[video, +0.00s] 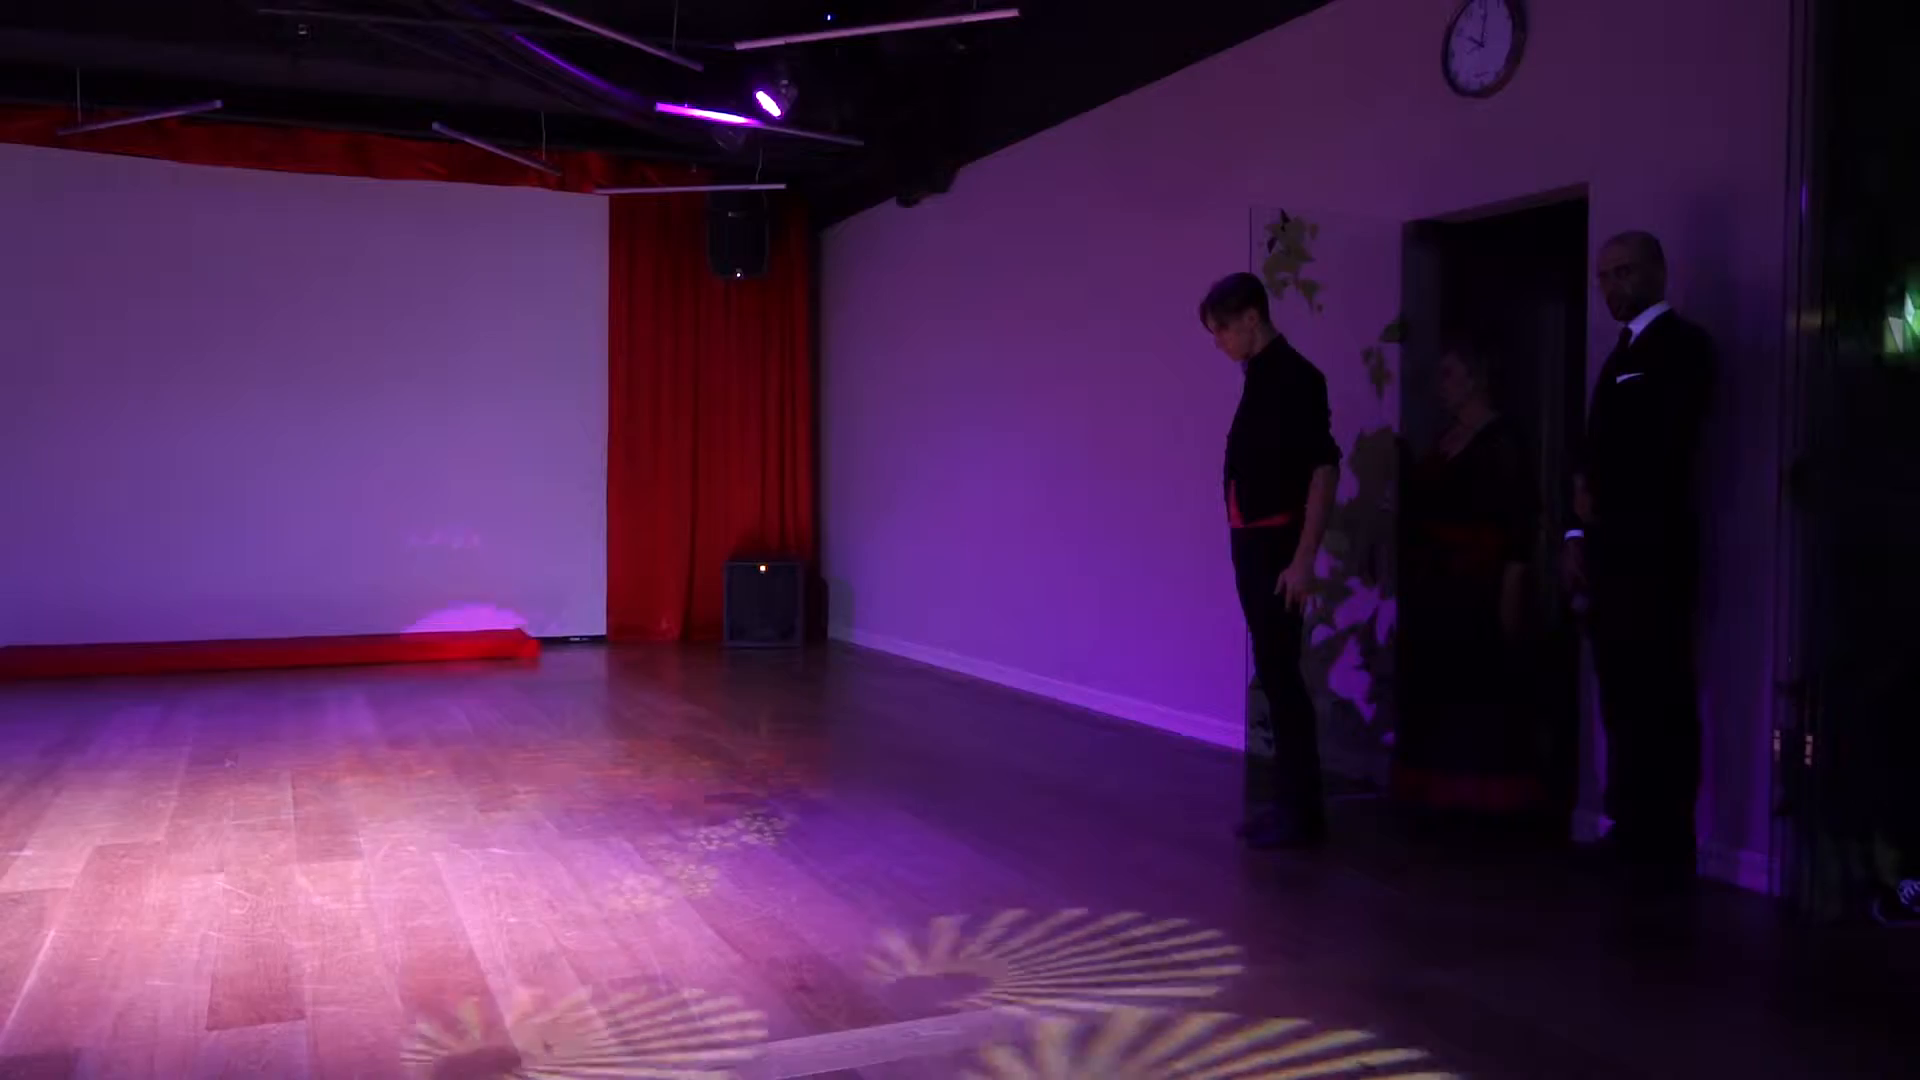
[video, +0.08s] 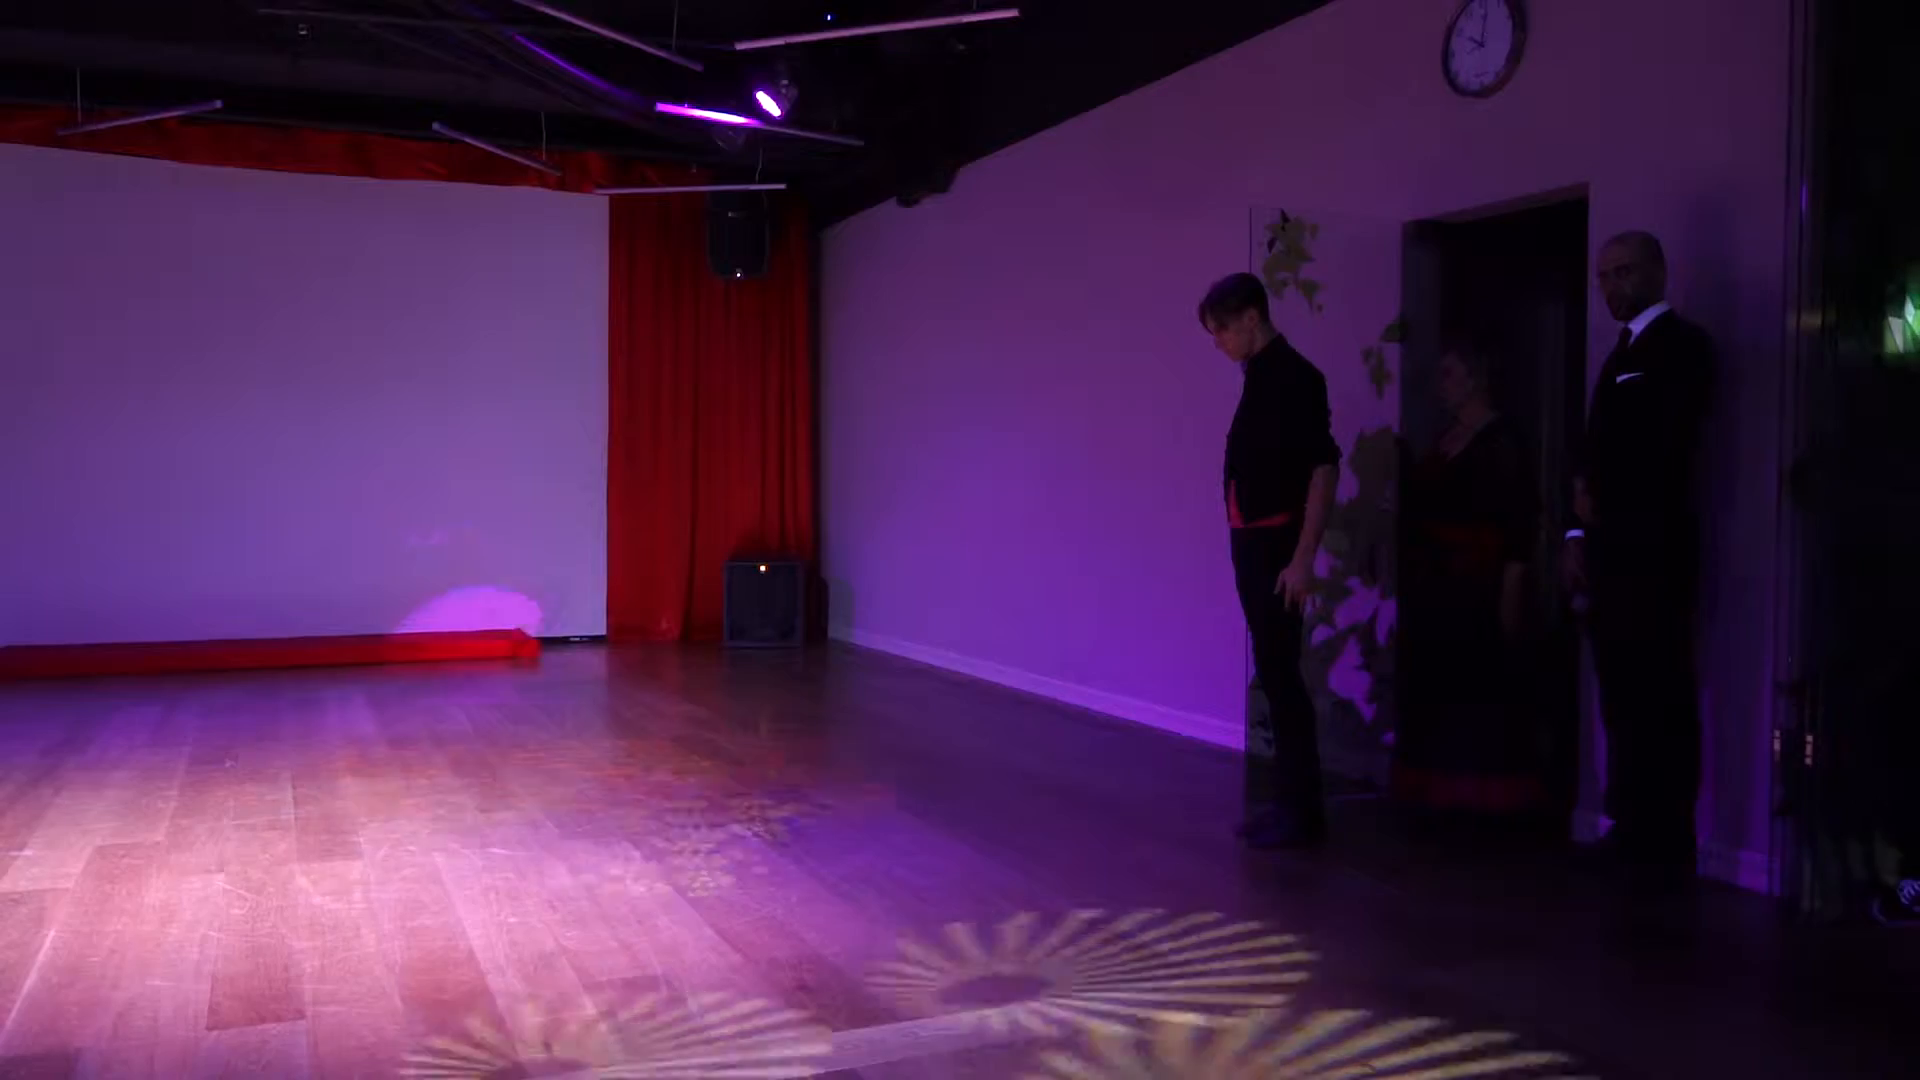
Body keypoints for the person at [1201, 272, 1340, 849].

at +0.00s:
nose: (1218, 343)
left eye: (1221, 331)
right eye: (1213, 333)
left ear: (1251, 319)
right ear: (1245, 323)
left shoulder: (1294, 376)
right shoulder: (1263, 375)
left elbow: (1324, 467)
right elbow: (1266, 466)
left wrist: (1302, 560)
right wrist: (1246, 538)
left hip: (1277, 544)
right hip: (1253, 542)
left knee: (1281, 675)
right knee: (1276, 675)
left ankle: (1298, 810)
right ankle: (1290, 804)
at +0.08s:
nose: (1217, 344)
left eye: (1220, 331)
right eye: (1213, 334)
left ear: (1251, 319)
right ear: (1246, 323)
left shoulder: (1294, 376)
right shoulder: (1263, 375)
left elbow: (1323, 467)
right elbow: (1267, 466)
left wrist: (1301, 560)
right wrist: (1246, 540)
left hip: (1276, 544)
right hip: (1253, 542)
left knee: (1281, 676)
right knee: (1276, 675)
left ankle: (1298, 810)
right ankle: (1290, 804)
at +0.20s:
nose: (1217, 344)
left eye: (1220, 331)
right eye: (1213, 334)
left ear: (1251, 319)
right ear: (1245, 323)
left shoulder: (1294, 375)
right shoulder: (1263, 375)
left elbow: (1323, 466)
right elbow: (1267, 466)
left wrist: (1302, 559)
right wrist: (1247, 542)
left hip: (1277, 544)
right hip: (1254, 542)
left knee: (1281, 675)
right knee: (1276, 675)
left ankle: (1298, 810)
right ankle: (1290, 804)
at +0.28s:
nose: (1218, 344)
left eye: (1221, 331)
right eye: (1214, 334)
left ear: (1251, 318)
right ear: (1245, 323)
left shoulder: (1295, 375)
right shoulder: (1263, 374)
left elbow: (1324, 465)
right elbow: (1265, 466)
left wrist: (1303, 558)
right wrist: (1248, 543)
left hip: (1278, 544)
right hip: (1255, 543)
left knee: (1283, 677)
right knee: (1278, 676)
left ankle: (1299, 811)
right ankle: (1291, 805)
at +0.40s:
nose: (1218, 343)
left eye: (1222, 330)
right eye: (1214, 333)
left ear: (1252, 318)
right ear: (1247, 322)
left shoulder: (1296, 374)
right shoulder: (1264, 373)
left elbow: (1325, 464)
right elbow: (1267, 465)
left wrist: (1305, 557)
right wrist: (1250, 543)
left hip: (1280, 543)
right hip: (1257, 541)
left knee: (1285, 675)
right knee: (1279, 675)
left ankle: (1299, 809)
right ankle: (1292, 804)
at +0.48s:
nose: (1219, 342)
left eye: (1222, 330)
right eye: (1215, 332)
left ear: (1253, 318)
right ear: (1248, 321)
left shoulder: (1296, 373)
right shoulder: (1265, 372)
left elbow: (1325, 463)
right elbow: (1268, 465)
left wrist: (1305, 556)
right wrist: (1252, 544)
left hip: (1281, 544)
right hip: (1258, 542)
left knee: (1287, 675)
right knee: (1280, 676)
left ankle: (1299, 810)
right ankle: (1291, 805)